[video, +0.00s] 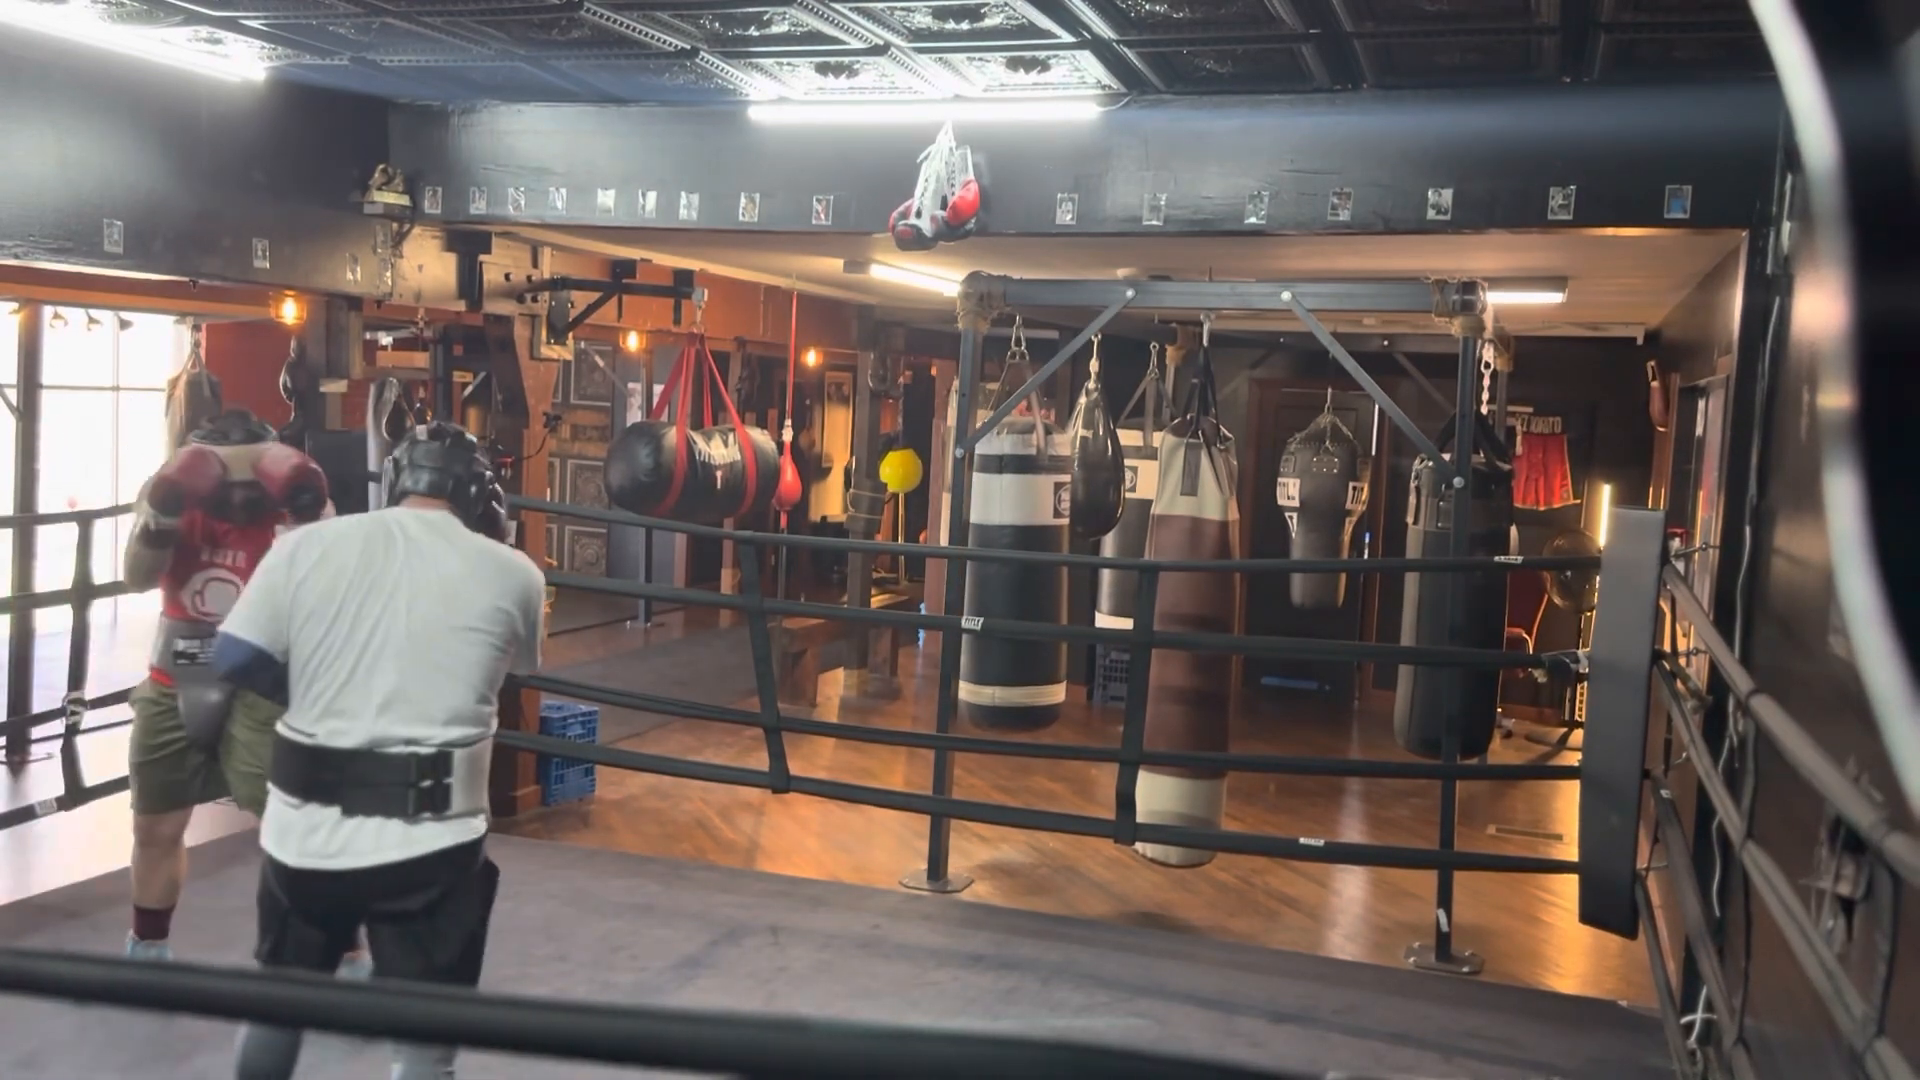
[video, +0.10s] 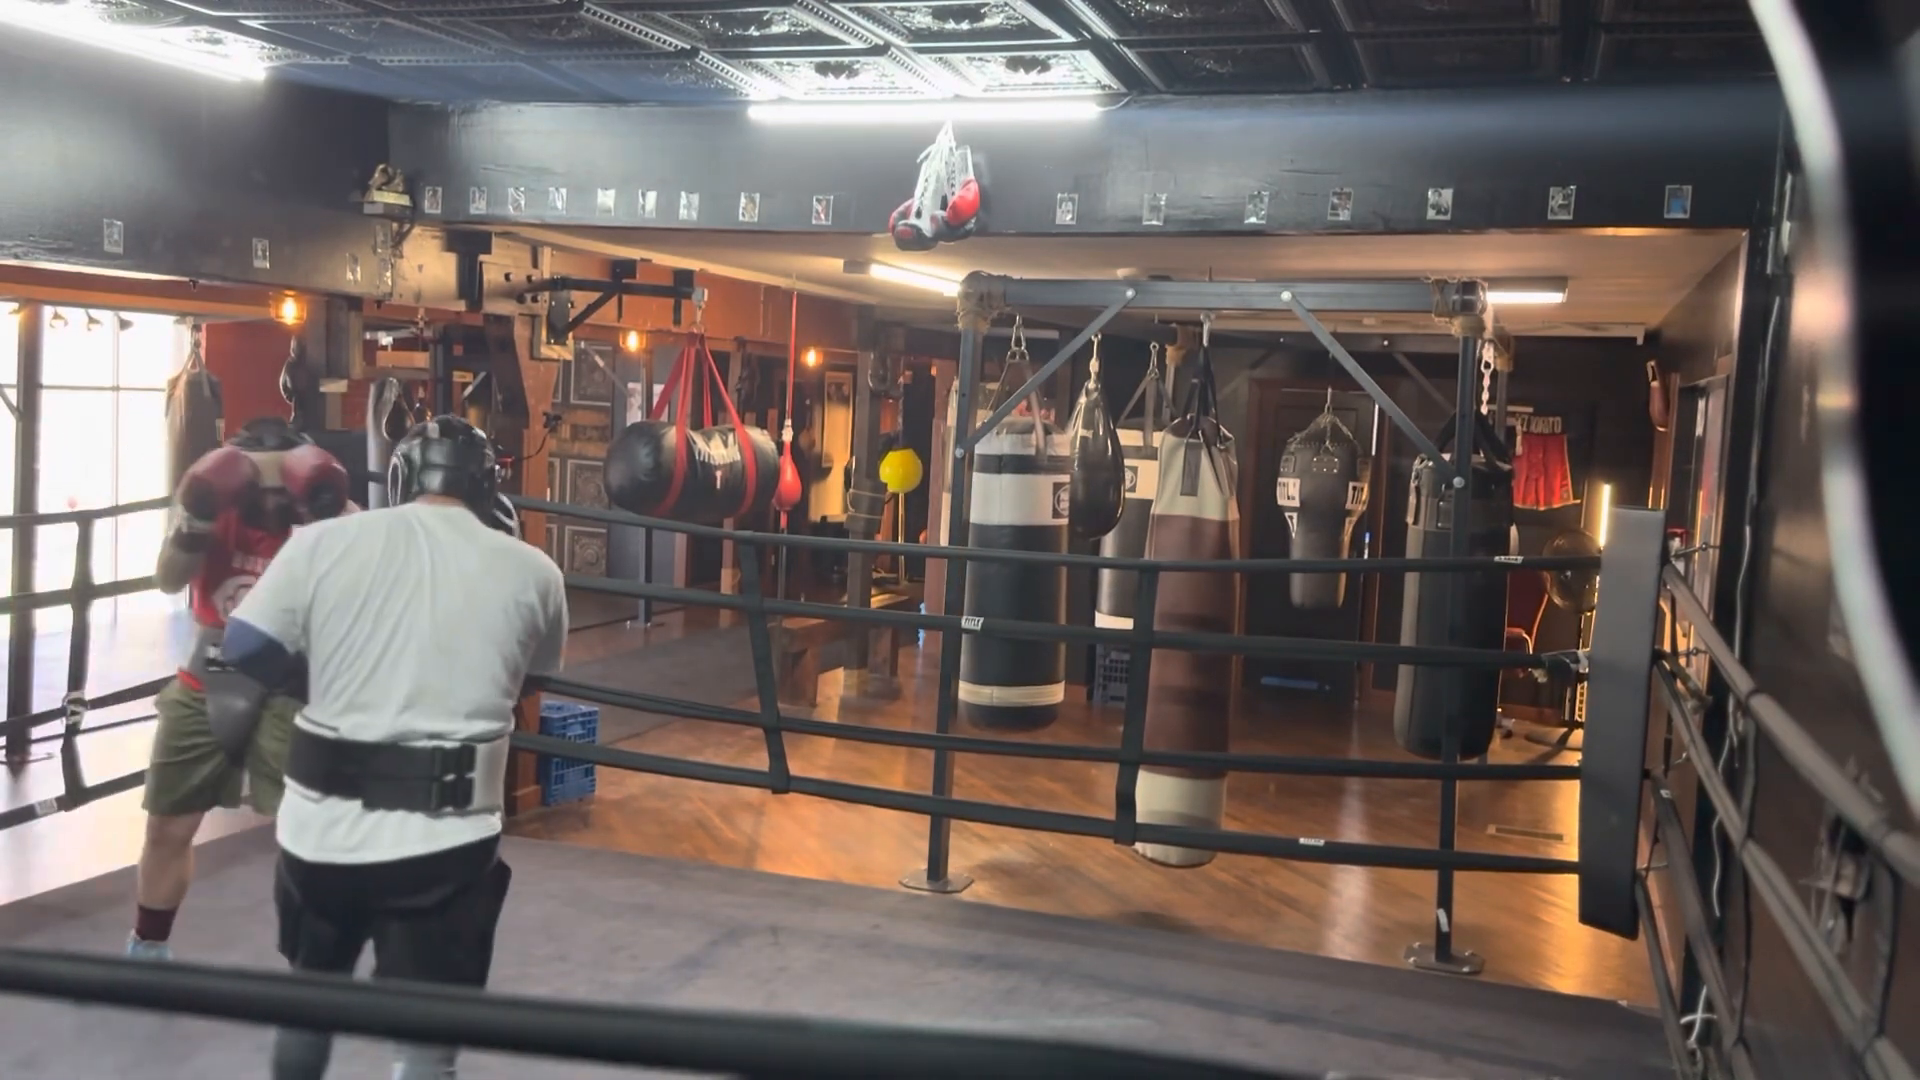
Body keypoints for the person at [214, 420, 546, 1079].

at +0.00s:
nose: (496, 501)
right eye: (491, 490)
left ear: (394, 481)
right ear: (478, 493)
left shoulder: (305, 547)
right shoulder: (515, 573)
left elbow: (238, 658)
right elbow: (512, 671)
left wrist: (327, 688)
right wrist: (498, 545)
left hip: (305, 847)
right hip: (431, 856)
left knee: (278, 1007)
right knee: (426, 1043)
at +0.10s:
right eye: (489, 481)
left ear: (401, 478)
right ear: (487, 485)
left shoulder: (322, 542)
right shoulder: (533, 570)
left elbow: (244, 661)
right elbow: (526, 684)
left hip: (321, 842)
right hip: (446, 853)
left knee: (309, 999)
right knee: (428, 1040)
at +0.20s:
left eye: (399, 472)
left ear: (402, 480)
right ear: (488, 488)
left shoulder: (333, 546)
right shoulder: (540, 571)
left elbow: (249, 660)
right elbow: (542, 689)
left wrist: (347, 663)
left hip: (334, 838)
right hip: (456, 846)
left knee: (336, 1017)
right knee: (442, 1034)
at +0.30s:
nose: (382, 490)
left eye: (386, 480)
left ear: (393, 487)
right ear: (481, 492)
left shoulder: (331, 558)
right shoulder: (537, 570)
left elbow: (277, 681)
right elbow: (538, 706)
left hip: (347, 839)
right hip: (466, 844)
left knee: (350, 1011)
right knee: (471, 1030)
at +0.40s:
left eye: (387, 485)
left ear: (392, 490)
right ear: (477, 491)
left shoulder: (337, 571)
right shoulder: (533, 558)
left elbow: (302, 704)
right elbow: (551, 687)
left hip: (357, 838)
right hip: (477, 836)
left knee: (359, 1003)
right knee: (530, 1006)